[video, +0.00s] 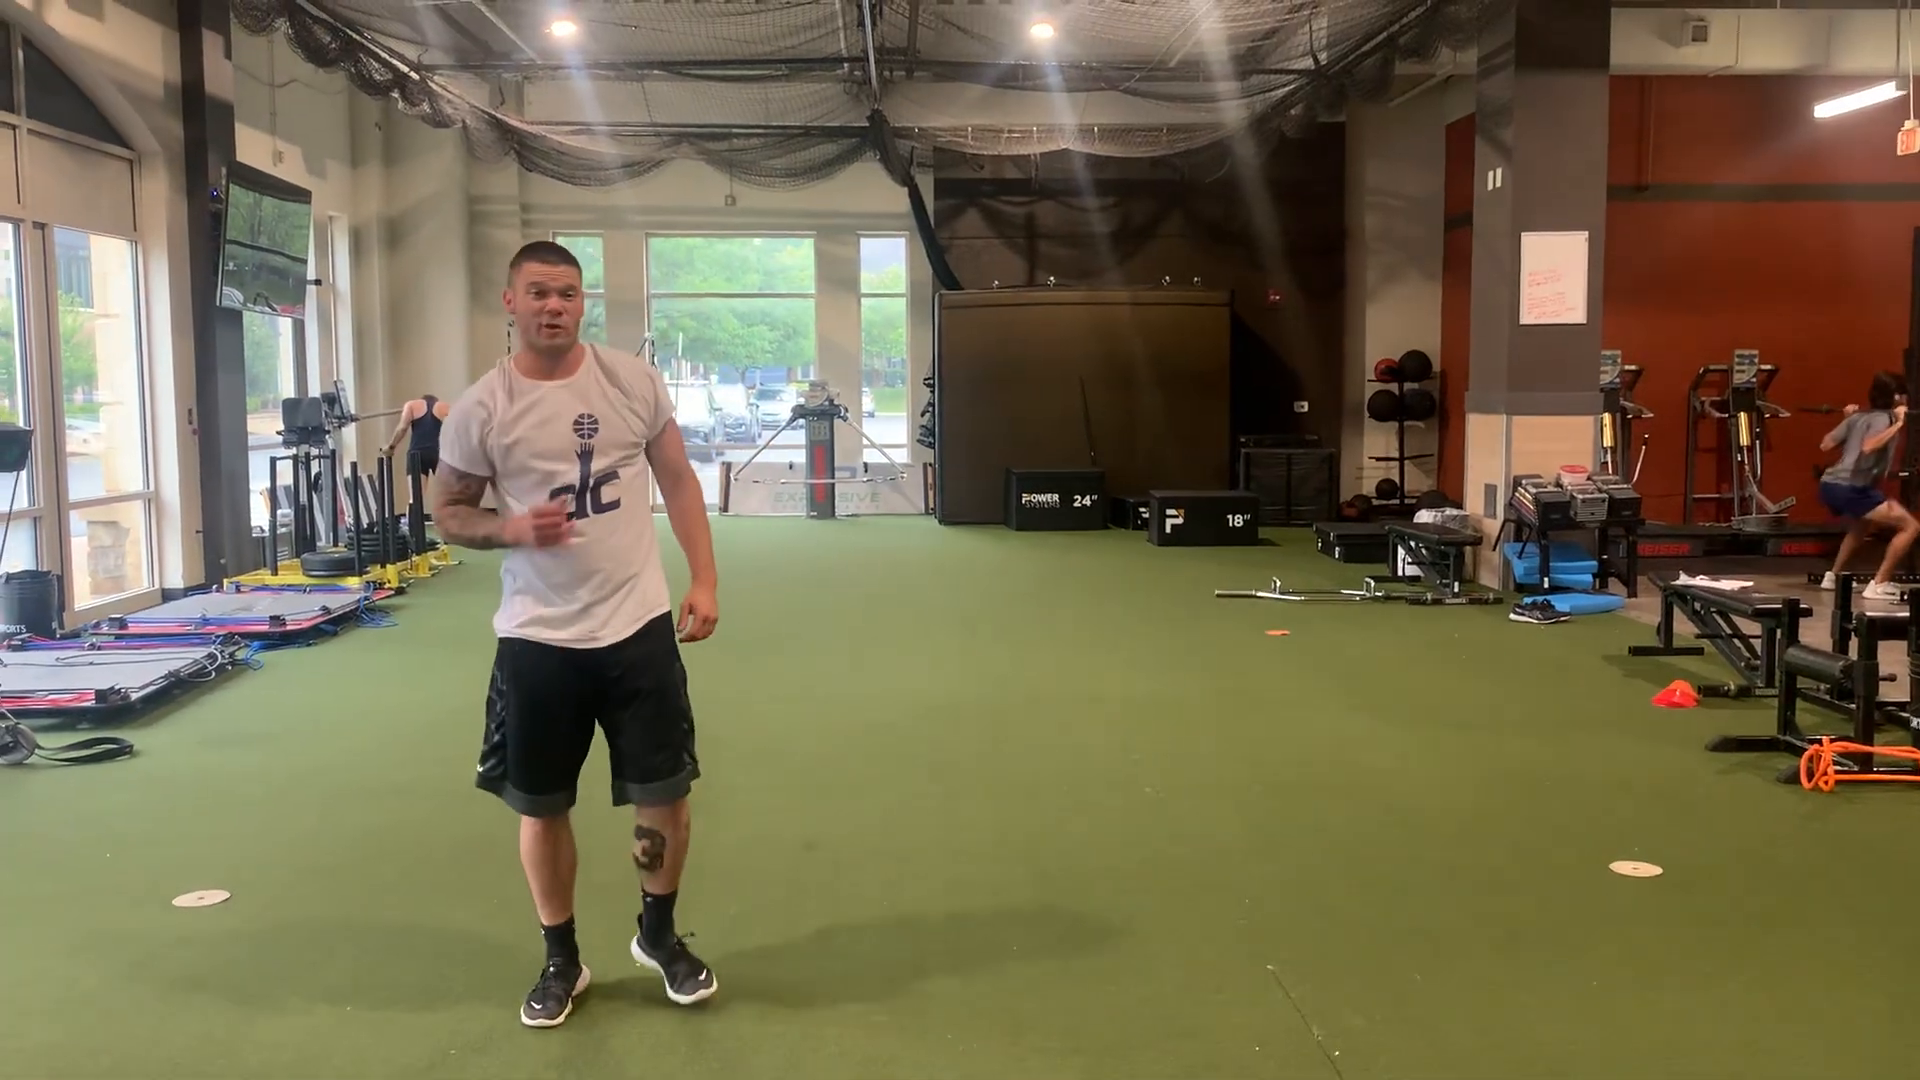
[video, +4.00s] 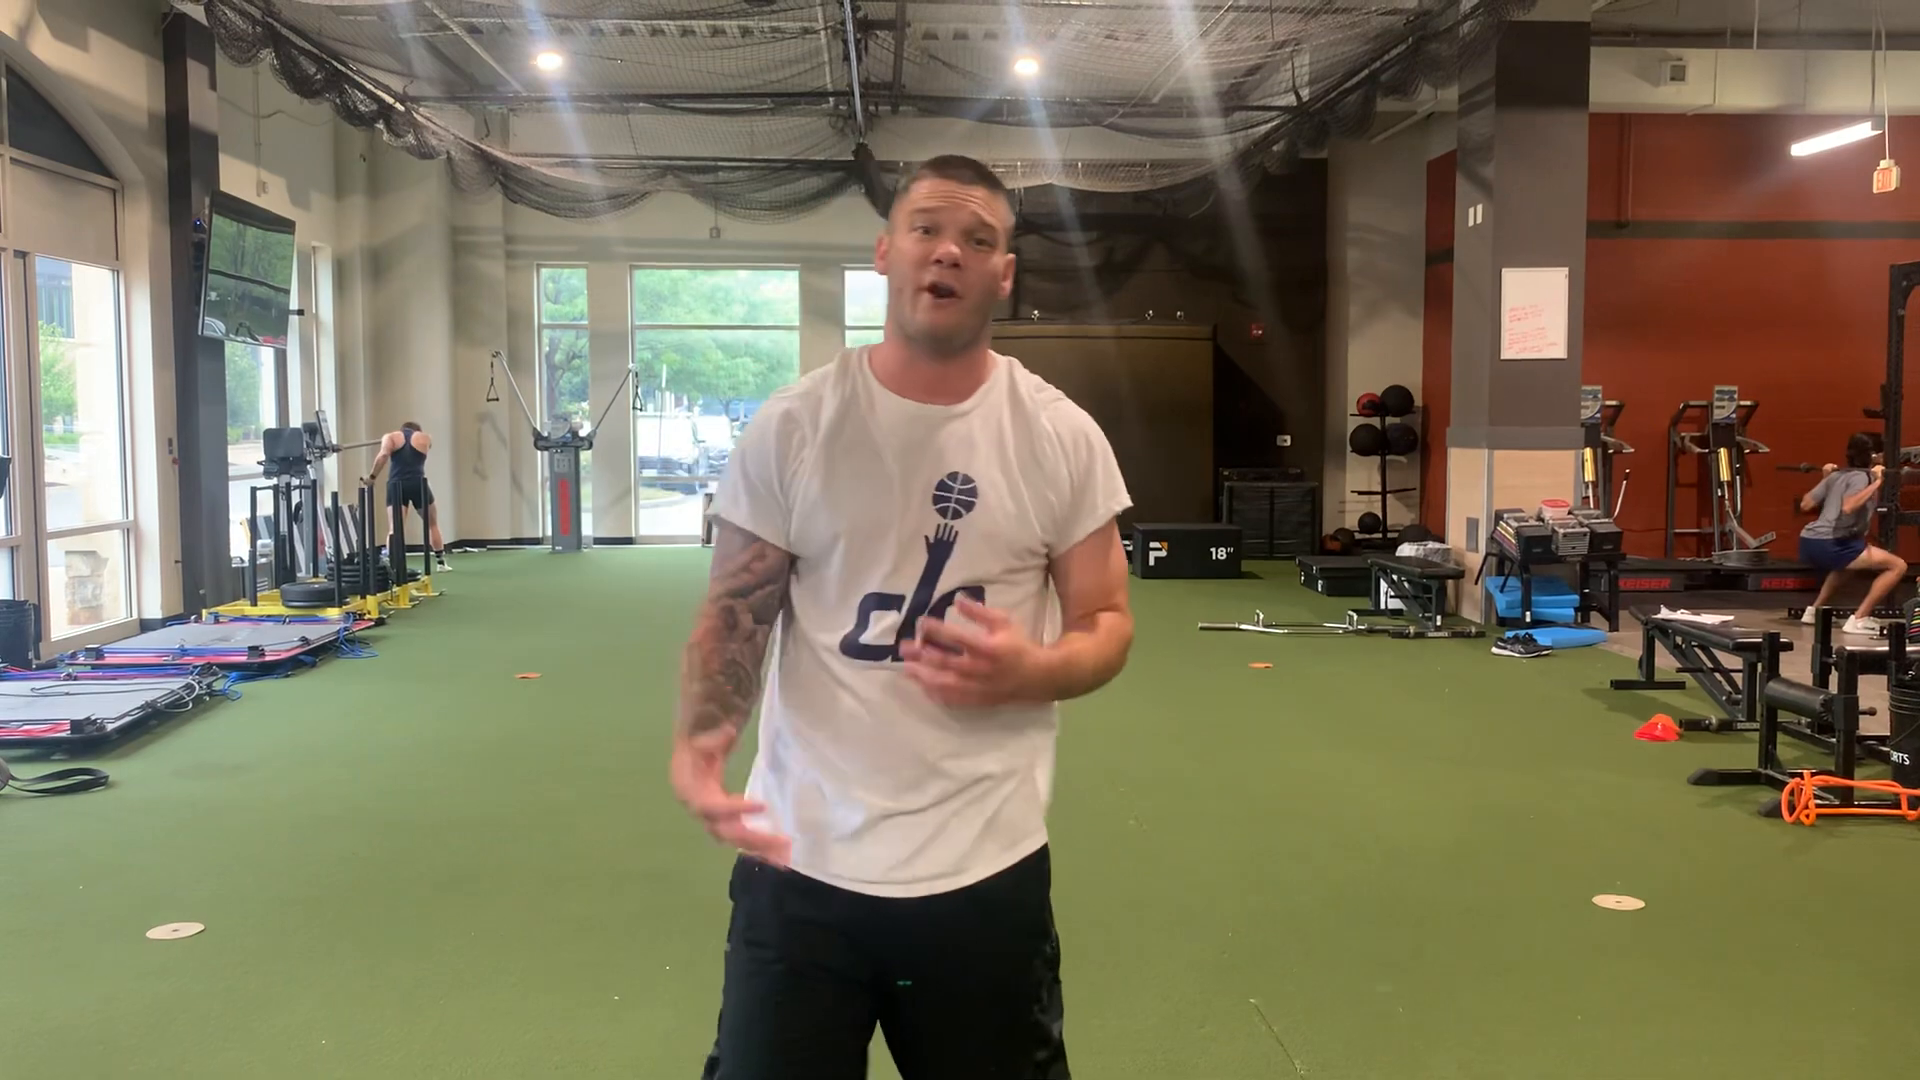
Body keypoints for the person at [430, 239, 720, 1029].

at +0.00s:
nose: (552, 305)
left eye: (565, 293)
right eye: (537, 292)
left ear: (584, 304)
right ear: (509, 303)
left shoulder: (634, 380)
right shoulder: (479, 409)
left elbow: (679, 482)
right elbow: (448, 512)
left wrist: (704, 578)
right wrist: (513, 528)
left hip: (637, 623)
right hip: (539, 637)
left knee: (665, 787)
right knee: (543, 803)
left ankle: (658, 933)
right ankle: (560, 959)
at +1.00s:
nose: (672, 290)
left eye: (688, 282)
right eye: (657, 275)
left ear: (703, 303)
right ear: (620, 285)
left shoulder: (729, 400)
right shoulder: (560, 392)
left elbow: (784, 506)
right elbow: (494, 481)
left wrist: (836, 504)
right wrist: (445, 482)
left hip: (684, 664)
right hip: (572, 661)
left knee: (687, 855)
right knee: (566, 857)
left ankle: (664, 1026)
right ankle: (577, 1058)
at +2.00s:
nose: (603, 286)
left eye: (622, 270)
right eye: (583, 267)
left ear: (647, 287)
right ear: (549, 283)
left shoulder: (706, 400)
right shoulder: (502, 422)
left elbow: (767, 519)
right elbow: (437, 548)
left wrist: (818, 520)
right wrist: (438, 592)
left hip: (696, 723)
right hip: (561, 738)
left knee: (736, 948)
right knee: (568, 958)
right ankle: (586, 1079)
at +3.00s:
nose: (774, 272)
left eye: (795, 258)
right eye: (750, 253)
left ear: (818, 285)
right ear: (705, 277)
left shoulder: (867, 422)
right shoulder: (640, 433)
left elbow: (923, 571)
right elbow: (589, 607)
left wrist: (884, 610)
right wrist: (590, 744)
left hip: (830, 807)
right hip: (683, 816)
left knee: (805, 1051)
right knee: (678, 1061)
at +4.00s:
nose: (949, 250)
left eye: (978, 237)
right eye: (927, 228)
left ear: (1006, 277)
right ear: (882, 253)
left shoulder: (1061, 439)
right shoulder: (794, 425)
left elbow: (1104, 627)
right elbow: (737, 609)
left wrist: (1036, 671)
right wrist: (701, 754)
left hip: (982, 873)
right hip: (800, 868)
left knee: (1002, 1069)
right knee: (759, 1070)